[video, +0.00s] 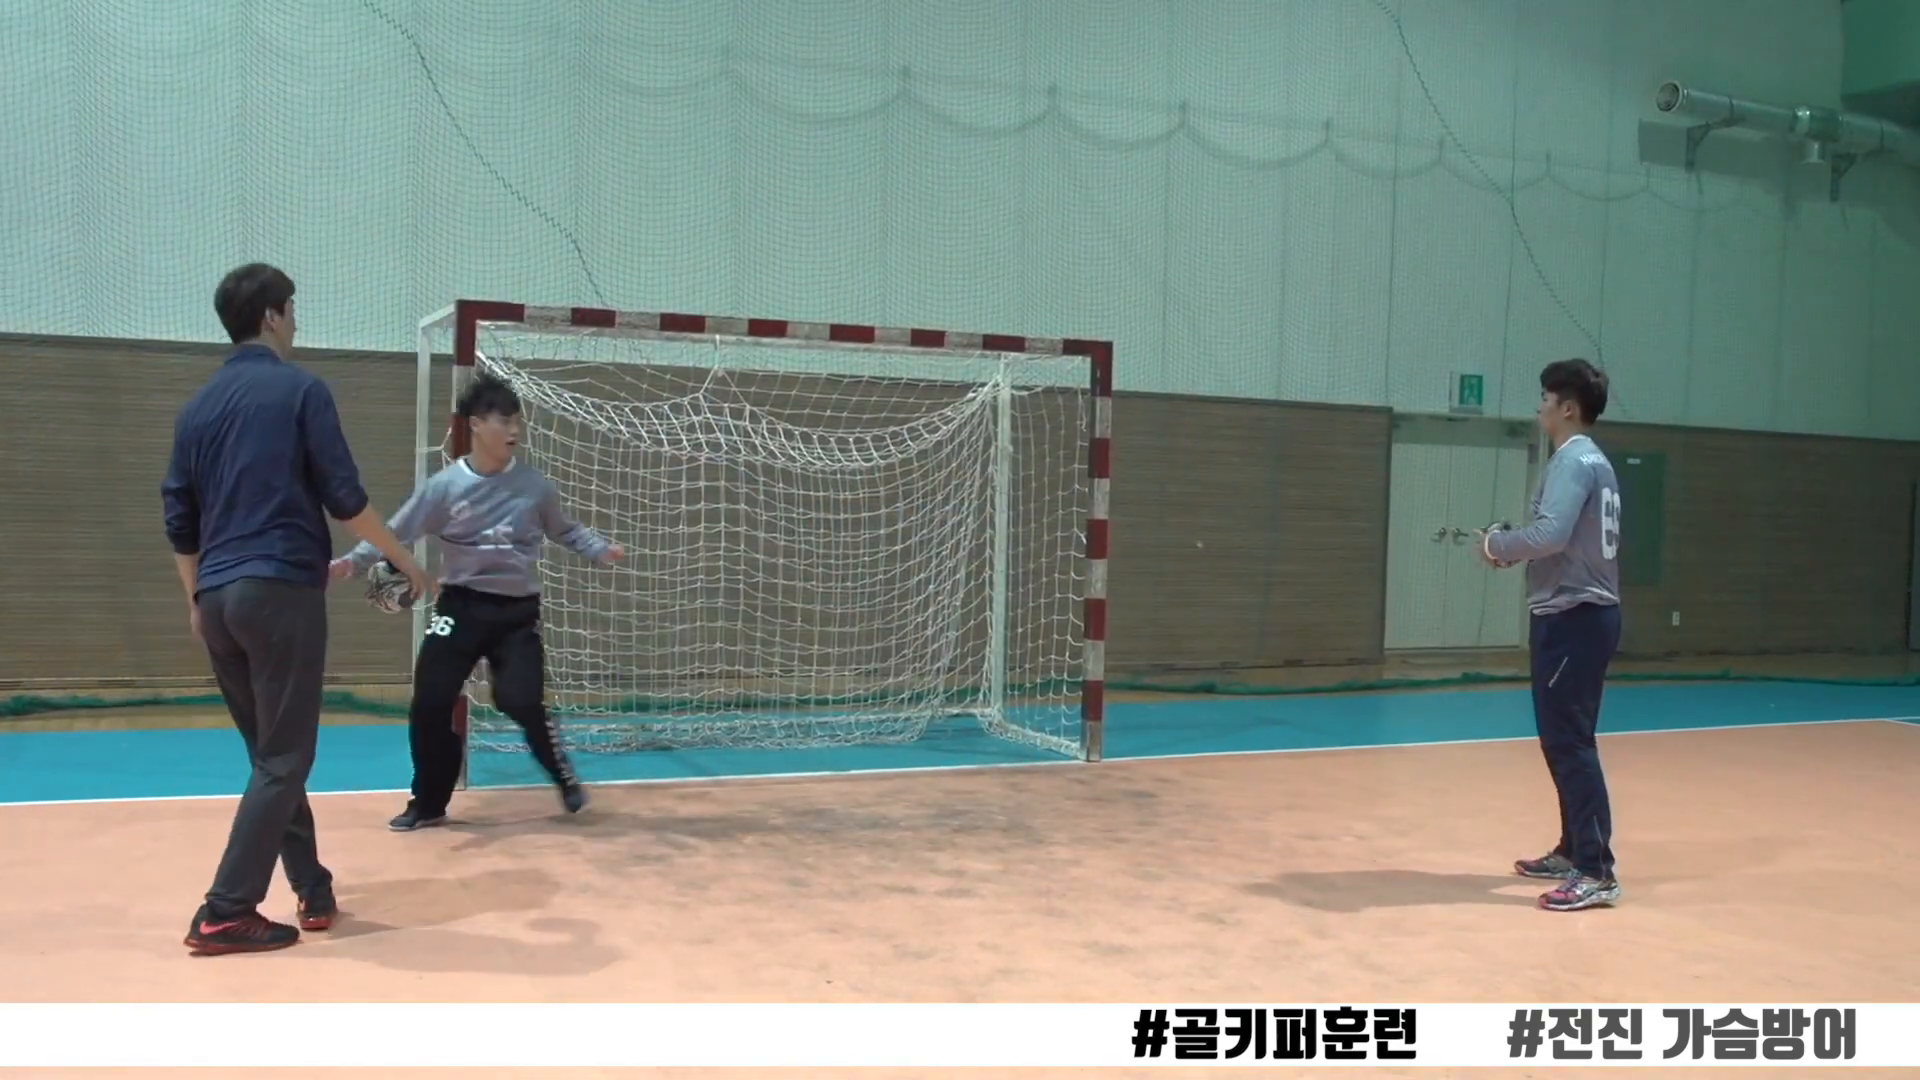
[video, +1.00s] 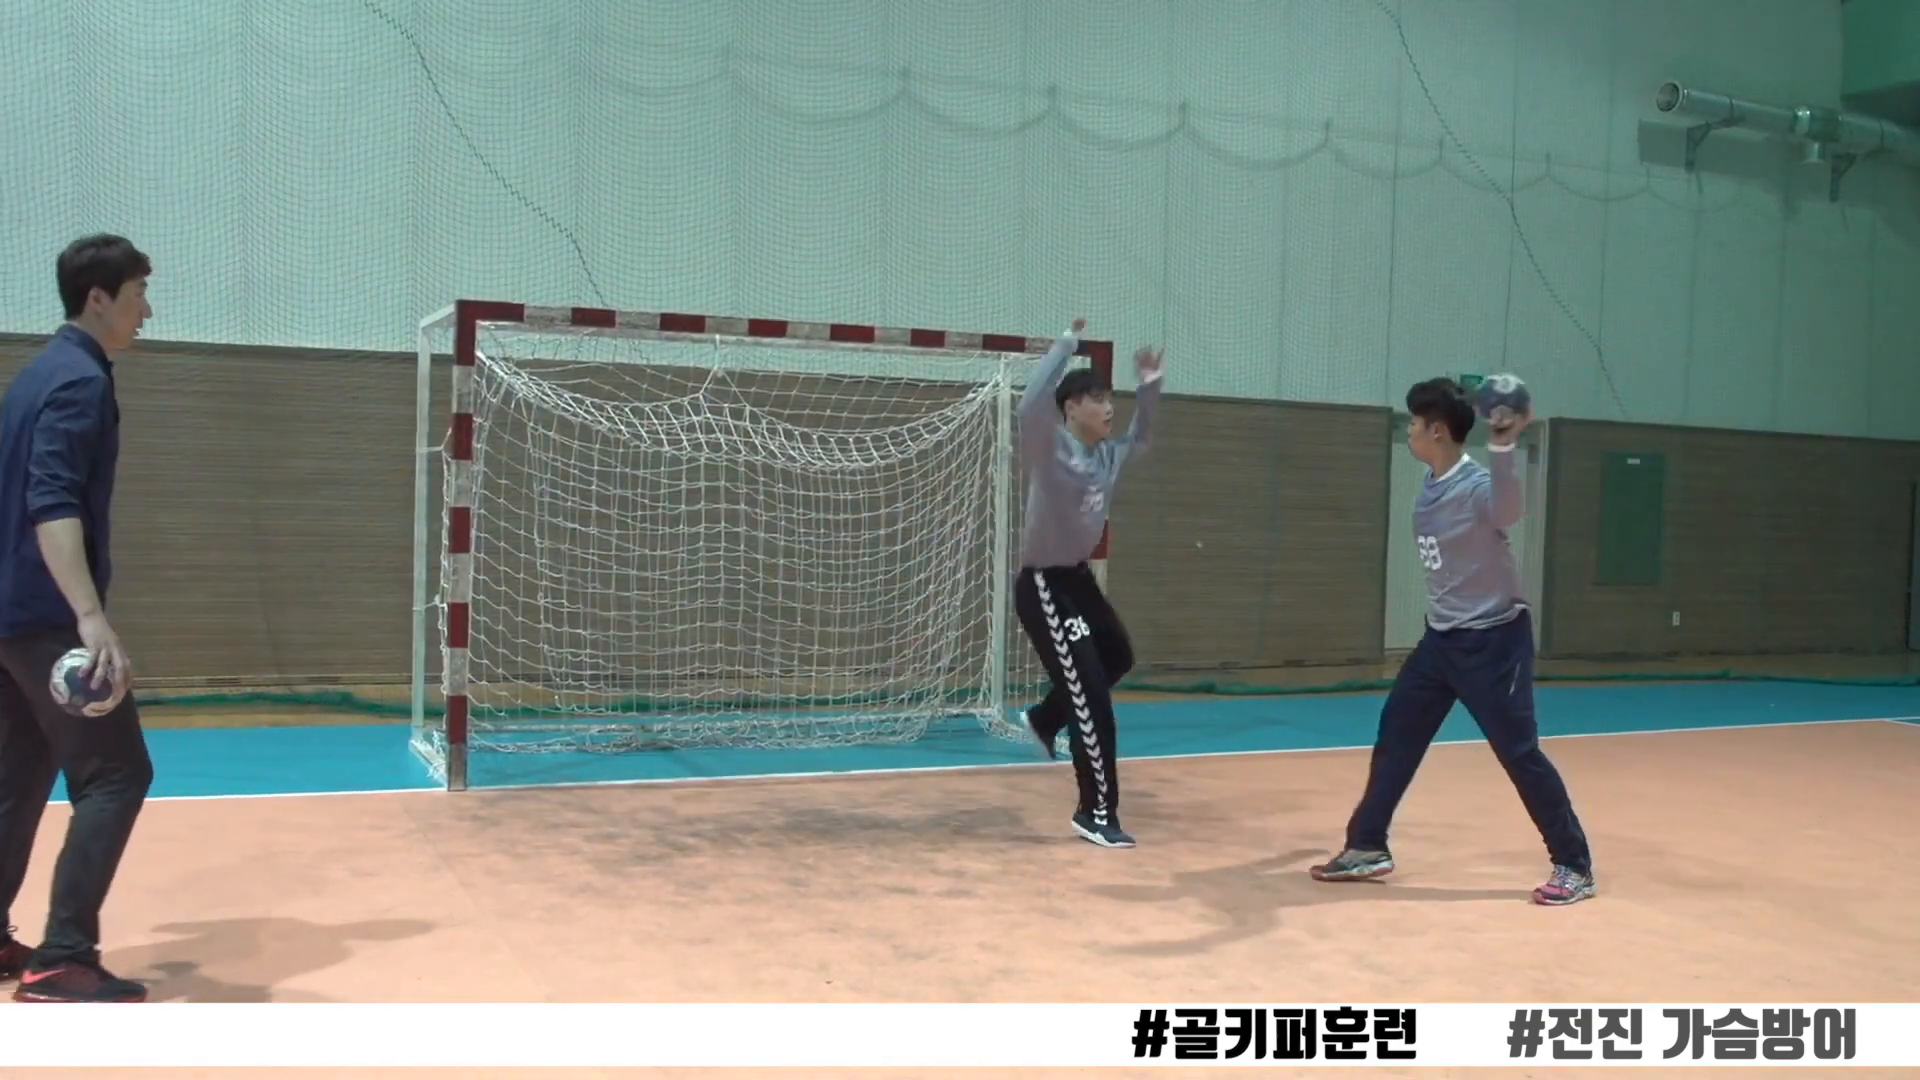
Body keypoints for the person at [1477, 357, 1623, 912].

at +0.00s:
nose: (1539, 408)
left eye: (1545, 399)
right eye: (1542, 398)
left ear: (1567, 405)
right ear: (1576, 408)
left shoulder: (1573, 460)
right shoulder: (1592, 461)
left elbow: (1552, 535)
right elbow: (1563, 538)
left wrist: (1499, 544)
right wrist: (1509, 546)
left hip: (1573, 619)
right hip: (1581, 616)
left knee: (1566, 740)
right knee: (1568, 739)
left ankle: (1597, 873)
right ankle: (1574, 852)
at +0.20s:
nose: (1535, 408)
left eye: (1541, 399)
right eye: (1538, 398)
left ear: (1562, 406)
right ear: (1572, 409)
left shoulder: (1566, 458)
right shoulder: (1590, 461)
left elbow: (1543, 528)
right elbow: (1560, 535)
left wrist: (1491, 527)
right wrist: (1504, 534)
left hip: (1564, 617)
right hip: (1587, 614)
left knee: (1551, 733)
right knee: (1572, 732)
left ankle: (1591, 865)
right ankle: (1574, 848)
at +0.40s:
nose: (1524, 410)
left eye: (1531, 402)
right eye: (1528, 401)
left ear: (1552, 410)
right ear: (1558, 411)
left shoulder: (1566, 459)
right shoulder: (1550, 465)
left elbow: (1573, 522)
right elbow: (1543, 542)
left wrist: (1495, 541)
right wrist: (1493, 560)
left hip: (1568, 618)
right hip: (1552, 616)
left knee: (1548, 733)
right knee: (1565, 734)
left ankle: (1585, 867)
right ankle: (1575, 851)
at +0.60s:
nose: (1498, 417)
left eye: (1506, 409)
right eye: (1500, 408)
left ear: (1532, 416)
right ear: (1526, 416)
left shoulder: (1573, 464)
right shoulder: (1507, 477)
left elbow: (1641, 479)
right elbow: (1503, 549)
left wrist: (1590, 469)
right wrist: (1459, 588)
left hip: (1560, 623)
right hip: (1521, 624)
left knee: (1543, 738)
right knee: (1537, 738)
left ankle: (1582, 867)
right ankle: (1567, 852)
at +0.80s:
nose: (1464, 428)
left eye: (1472, 420)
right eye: (1466, 419)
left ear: (1499, 427)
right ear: (1494, 428)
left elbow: (1618, 470)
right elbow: (1468, 547)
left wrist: (1604, 409)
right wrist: (1451, 600)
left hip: (1543, 631)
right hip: (1488, 631)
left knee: (1543, 743)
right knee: (1457, 726)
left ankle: (1578, 867)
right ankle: (1526, 822)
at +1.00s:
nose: (1409, 434)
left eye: (1414, 426)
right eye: (1410, 425)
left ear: (1438, 433)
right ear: (1438, 431)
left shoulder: (1478, 484)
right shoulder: (1432, 486)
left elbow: (1509, 514)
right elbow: (1451, 554)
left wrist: (1503, 447)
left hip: (1494, 638)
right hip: (1441, 639)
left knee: (1520, 754)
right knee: (1397, 736)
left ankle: (1574, 867)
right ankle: (1367, 847)